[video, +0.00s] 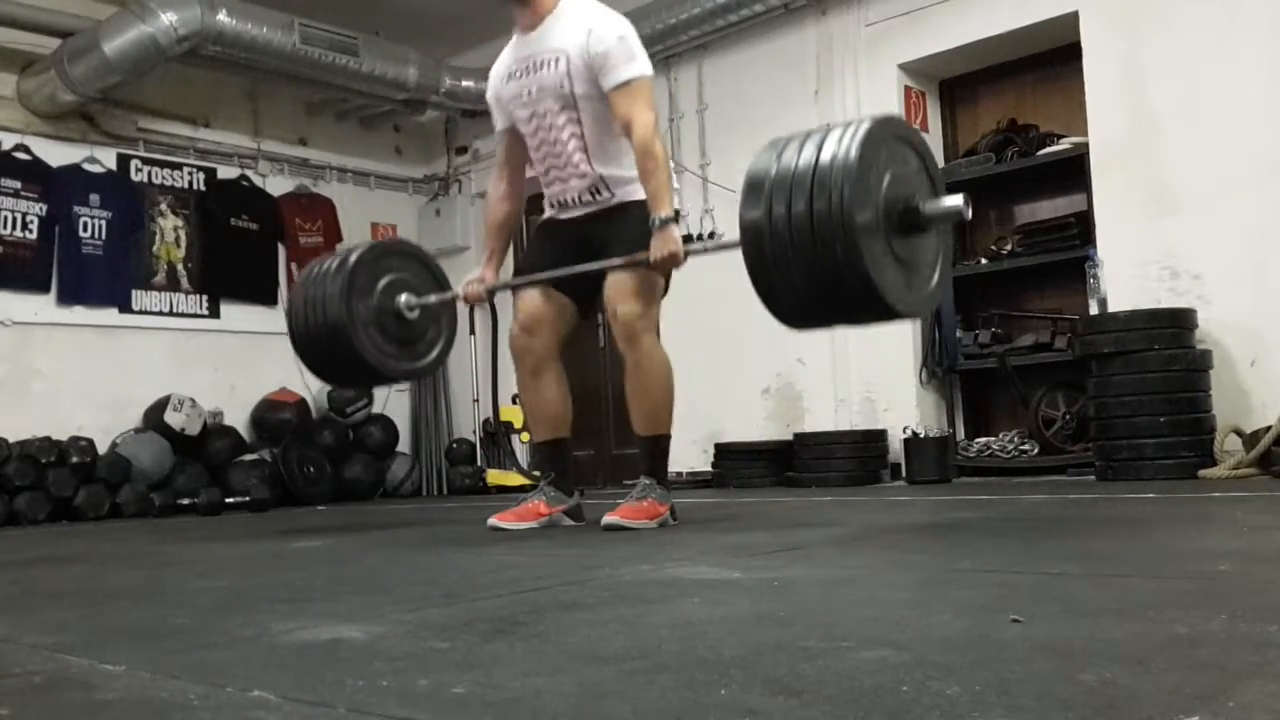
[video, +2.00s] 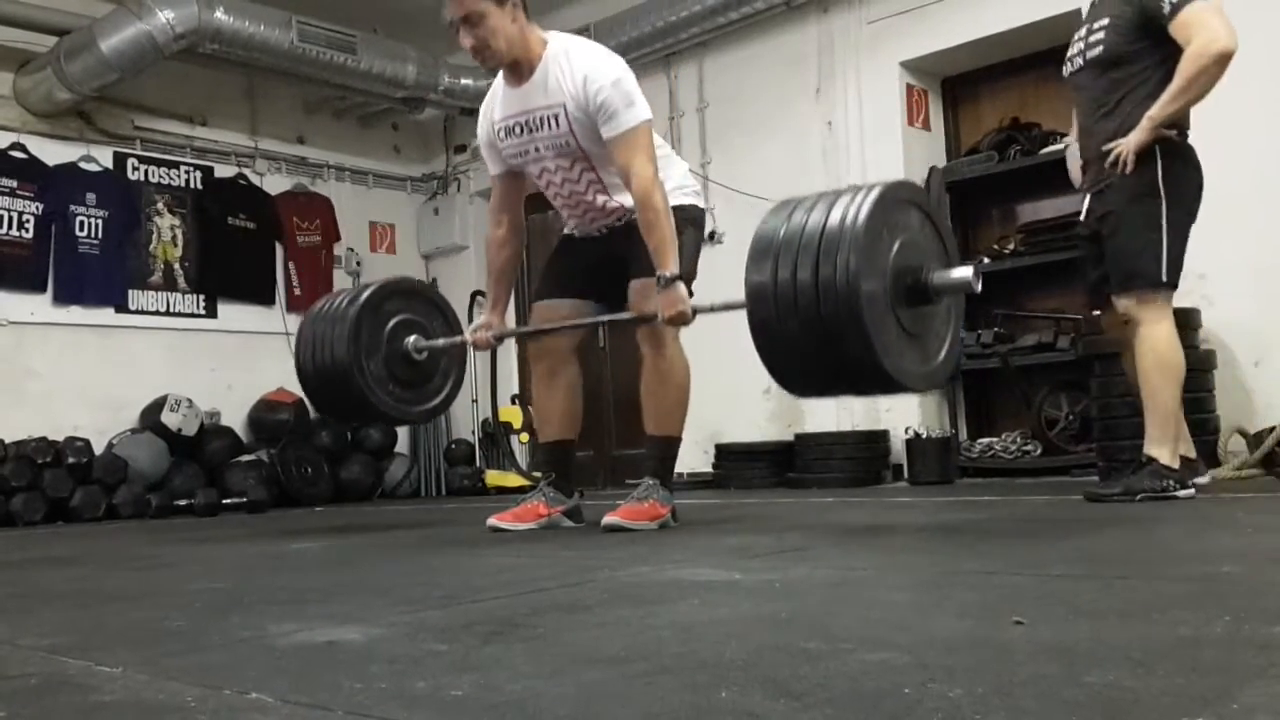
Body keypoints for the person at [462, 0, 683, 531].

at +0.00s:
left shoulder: (599, 27)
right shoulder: (501, 73)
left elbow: (643, 127)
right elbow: (509, 177)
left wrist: (664, 219)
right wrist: (489, 265)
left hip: (626, 208)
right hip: (559, 221)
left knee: (630, 318)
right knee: (529, 335)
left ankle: (654, 488)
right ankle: (557, 491)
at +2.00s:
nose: (465, 41)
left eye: (472, 20)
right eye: (456, 29)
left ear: (514, 9)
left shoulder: (593, 71)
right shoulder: (494, 114)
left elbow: (643, 178)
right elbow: (504, 221)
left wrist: (668, 276)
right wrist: (494, 311)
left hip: (658, 207)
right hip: (588, 226)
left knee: (651, 316)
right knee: (547, 333)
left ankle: (658, 489)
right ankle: (557, 491)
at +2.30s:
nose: (454, 126)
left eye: (461, 106)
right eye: (444, 115)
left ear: (500, 85)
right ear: (442, 115)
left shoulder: (584, 136)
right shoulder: (488, 179)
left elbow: (644, 245)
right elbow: (504, 283)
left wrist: (671, 351)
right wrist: (495, 372)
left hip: (669, 221)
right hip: (595, 250)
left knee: (640, 312)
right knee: (537, 335)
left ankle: (657, 491)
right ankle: (558, 494)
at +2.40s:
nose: (457, 157)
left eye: (462, 138)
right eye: (447, 146)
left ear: (498, 114)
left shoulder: (585, 162)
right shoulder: (489, 203)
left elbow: (645, 274)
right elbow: (503, 304)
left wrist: (674, 377)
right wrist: (495, 397)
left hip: (671, 227)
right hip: (595, 254)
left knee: (639, 315)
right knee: (536, 338)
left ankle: (657, 491)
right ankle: (557, 493)